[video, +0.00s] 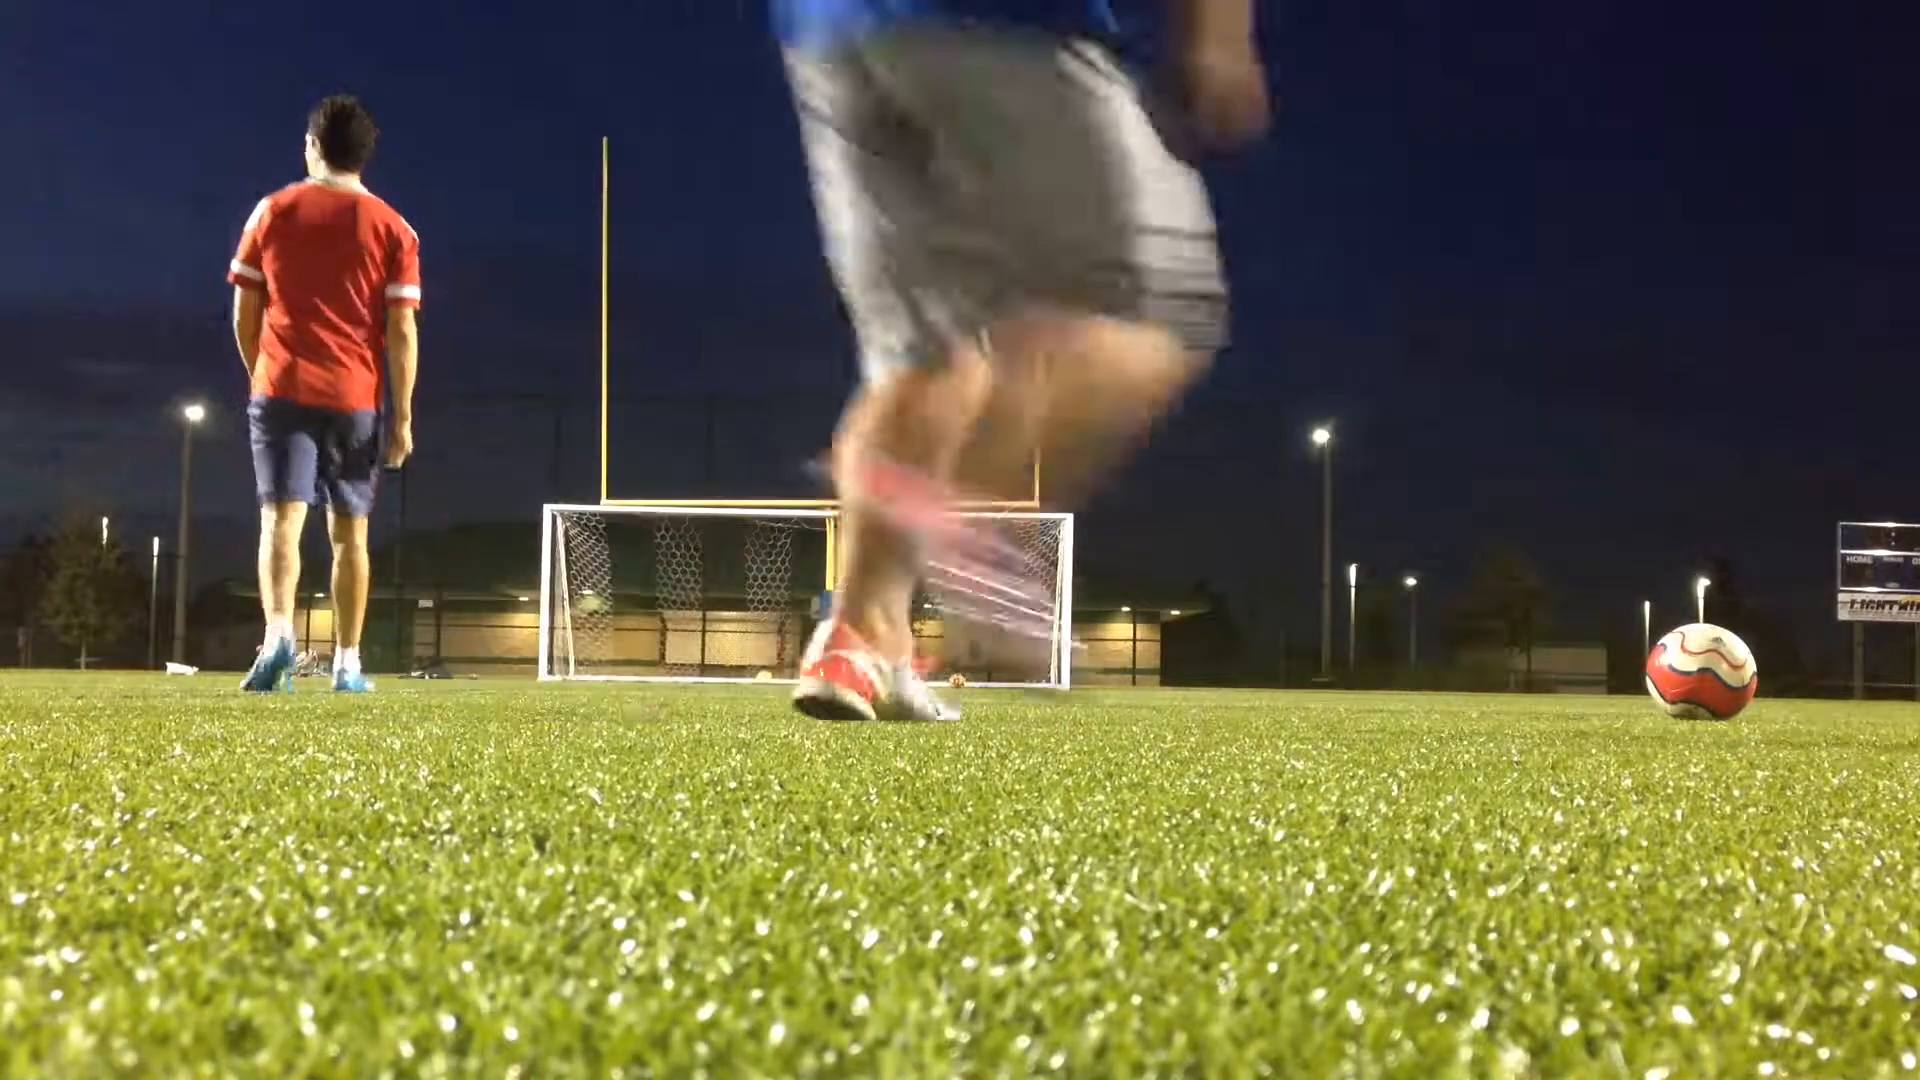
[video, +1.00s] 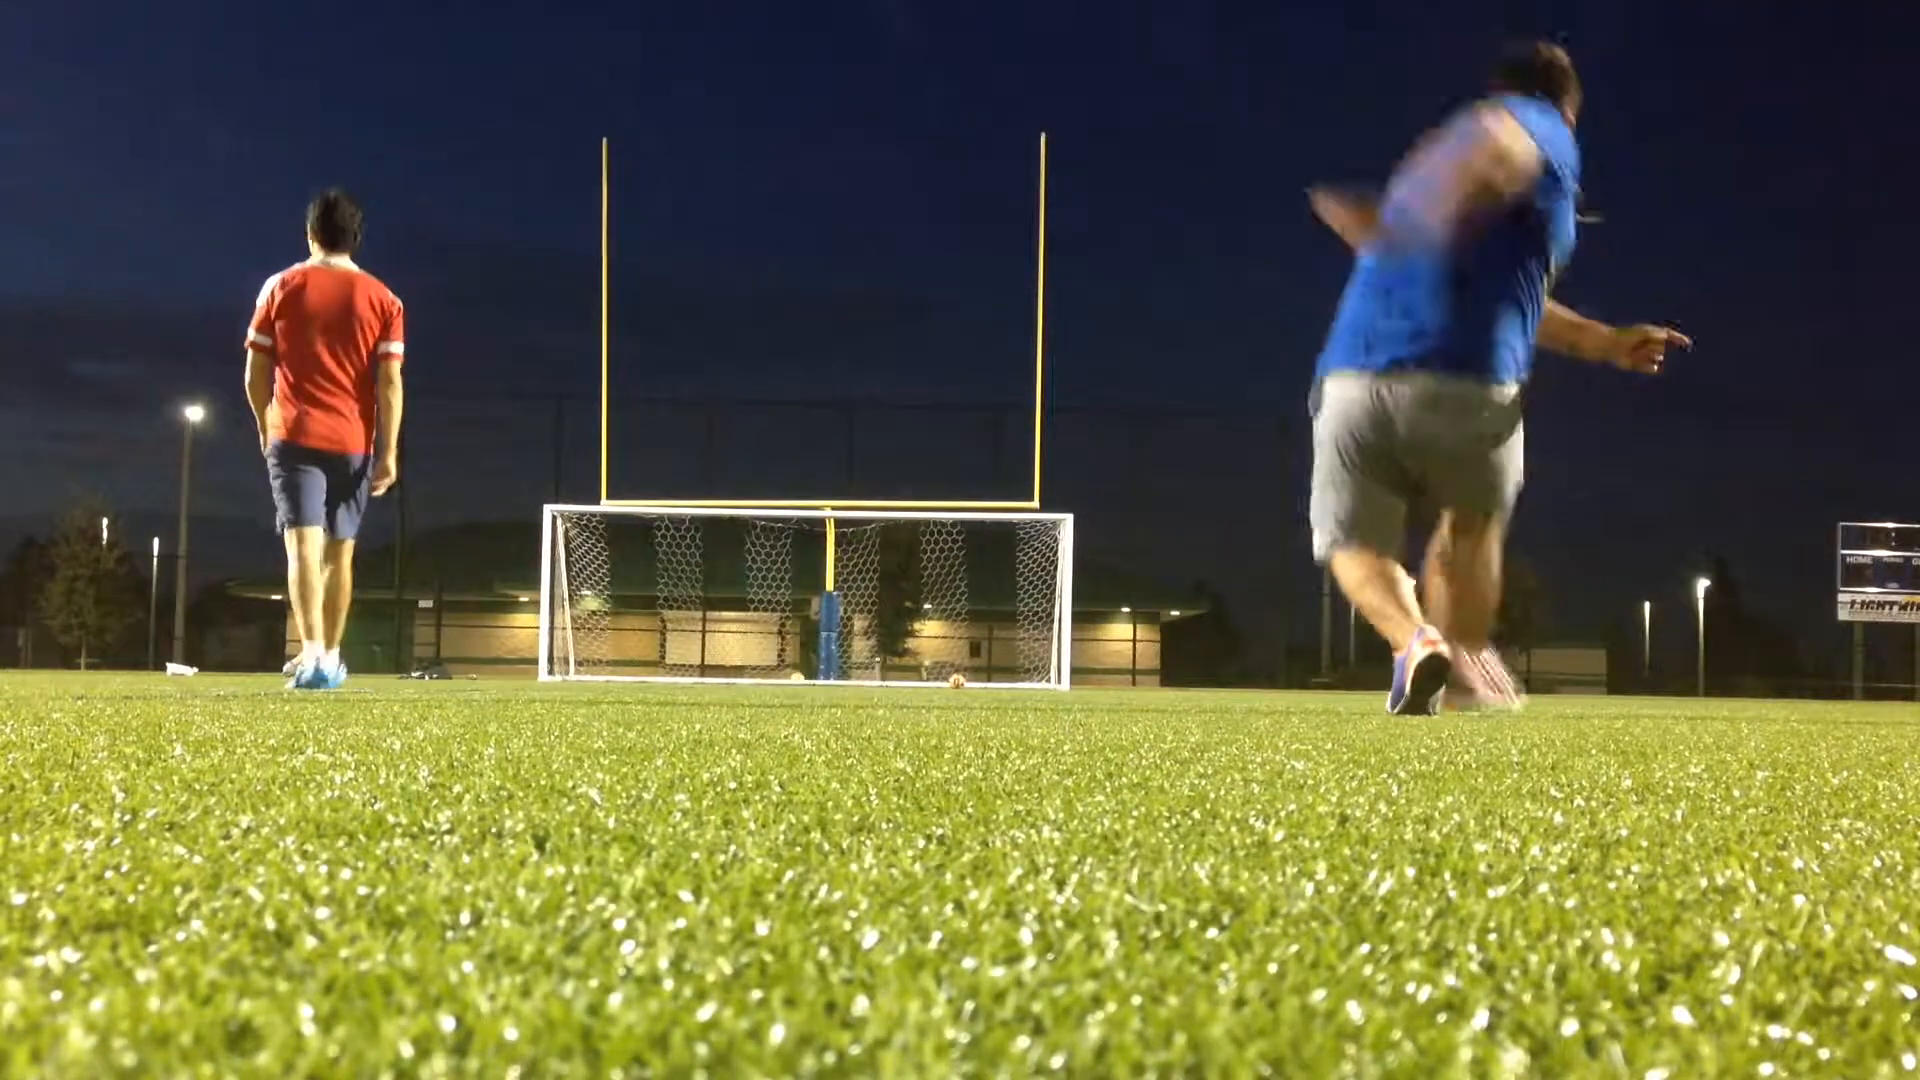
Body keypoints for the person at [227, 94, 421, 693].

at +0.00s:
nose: (305, 150)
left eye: (307, 142)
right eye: (311, 142)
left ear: (313, 148)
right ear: (367, 153)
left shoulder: (274, 210)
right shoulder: (393, 228)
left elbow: (245, 312)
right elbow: (401, 331)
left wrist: (262, 375)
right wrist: (402, 416)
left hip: (279, 387)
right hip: (354, 396)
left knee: (280, 519)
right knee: (349, 534)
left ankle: (278, 638)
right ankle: (347, 664)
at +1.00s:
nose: (308, 236)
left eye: (308, 230)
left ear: (309, 234)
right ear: (356, 237)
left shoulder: (281, 286)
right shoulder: (383, 298)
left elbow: (255, 372)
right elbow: (390, 382)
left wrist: (266, 426)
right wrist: (388, 452)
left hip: (293, 431)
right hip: (351, 438)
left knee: (304, 545)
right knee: (339, 555)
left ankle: (311, 654)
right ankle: (330, 658)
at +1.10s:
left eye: (316, 238)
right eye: (349, 239)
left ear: (311, 243)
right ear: (359, 245)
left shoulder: (283, 294)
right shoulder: (383, 306)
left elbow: (257, 375)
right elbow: (389, 388)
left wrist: (264, 430)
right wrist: (387, 459)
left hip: (294, 437)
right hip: (353, 444)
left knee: (296, 548)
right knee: (336, 559)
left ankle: (310, 638)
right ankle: (326, 665)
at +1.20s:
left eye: (321, 242)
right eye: (353, 243)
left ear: (312, 246)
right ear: (359, 248)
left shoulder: (284, 297)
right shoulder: (383, 308)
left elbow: (259, 376)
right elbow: (390, 392)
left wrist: (260, 435)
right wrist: (390, 461)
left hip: (293, 441)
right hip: (353, 446)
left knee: (288, 550)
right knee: (335, 558)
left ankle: (305, 612)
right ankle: (326, 665)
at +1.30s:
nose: (346, 251)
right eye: (354, 244)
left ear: (310, 247)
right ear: (356, 248)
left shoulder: (283, 298)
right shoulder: (381, 305)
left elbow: (260, 377)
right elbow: (394, 389)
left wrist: (249, 444)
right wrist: (393, 449)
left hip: (293, 441)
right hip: (353, 445)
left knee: (286, 542)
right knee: (338, 557)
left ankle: (295, 626)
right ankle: (326, 664)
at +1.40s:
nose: (348, 256)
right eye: (352, 250)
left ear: (306, 253)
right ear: (352, 254)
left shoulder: (282, 304)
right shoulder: (379, 309)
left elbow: (260, 380)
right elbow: (395, 387)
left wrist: (247, 446)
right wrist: (393, 440)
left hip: (291, 443)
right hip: (352, 446)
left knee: (286, 547)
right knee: (338, 557)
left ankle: (286, 649)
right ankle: (327, 663)